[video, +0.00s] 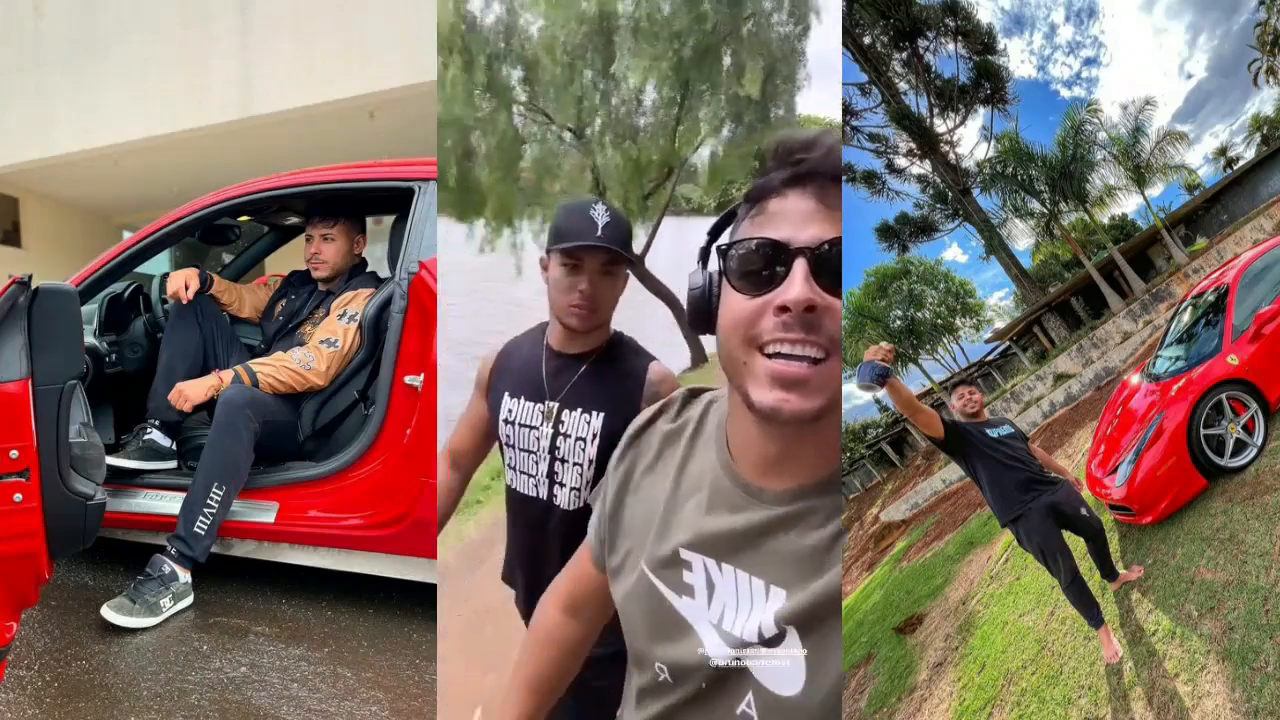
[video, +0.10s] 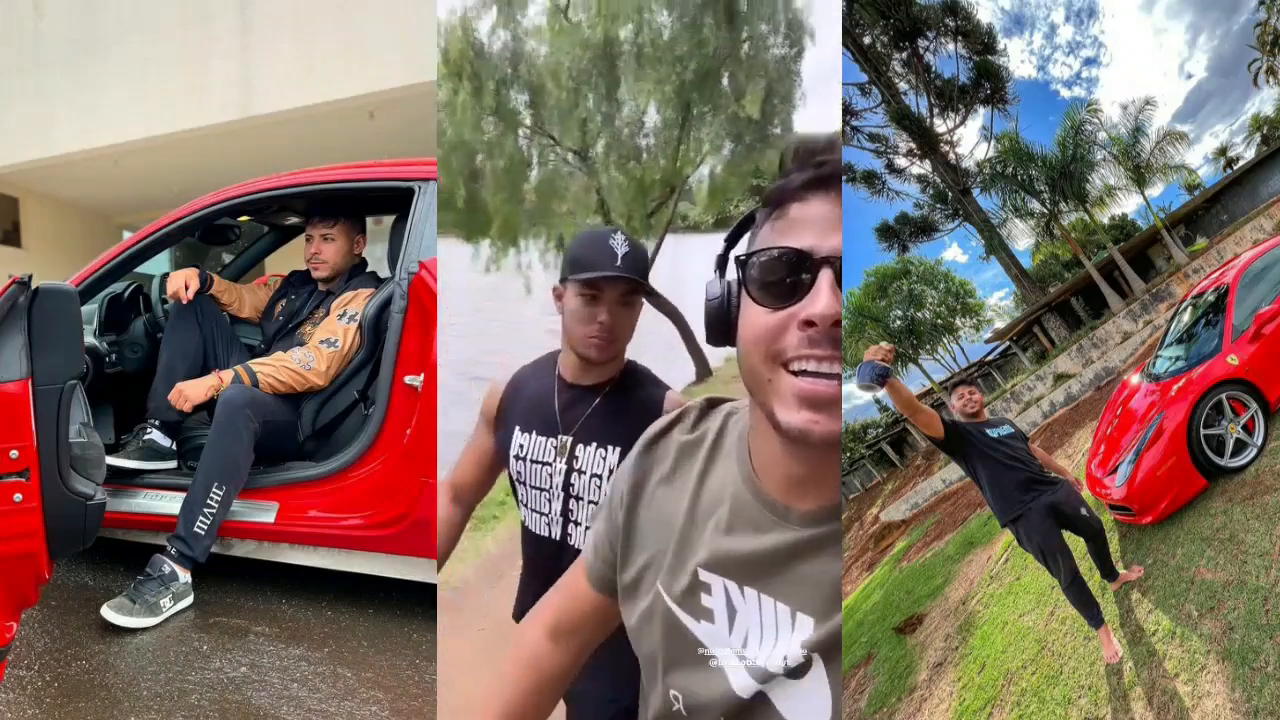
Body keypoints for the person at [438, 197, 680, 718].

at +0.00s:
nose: (586, 288)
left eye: (606, 272)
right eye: (572, 267)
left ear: (625, 280)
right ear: (545, 269)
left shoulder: (650, 384)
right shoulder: (509, 362)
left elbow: (664, 500)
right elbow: (455, 464)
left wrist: (649, 589)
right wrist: (410, 544)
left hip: (607, 602)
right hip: (531, 590)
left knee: (588, 708)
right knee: (549, 700)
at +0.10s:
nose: (605, 318)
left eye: (625, 301)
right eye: (589, 297)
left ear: (641, 310)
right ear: (559, 299)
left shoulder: (664, 416)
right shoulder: (517, 393)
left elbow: (682, 530)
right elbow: (455, 497)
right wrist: (407, 579)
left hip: (620, 621)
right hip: (538, 614)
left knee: (606, 712)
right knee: (522, 707)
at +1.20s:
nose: (615, 310)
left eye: (642, 285)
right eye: (595, 283)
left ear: (668, 284)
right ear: (560, 276)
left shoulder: (704, 419)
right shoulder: (520, 389)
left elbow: (717, 583)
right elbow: (438, 528)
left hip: (648, 704)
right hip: (537, 693)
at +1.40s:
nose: (610, 307)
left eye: (638, 284)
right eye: (590, 279)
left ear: (662, 284)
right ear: (557, 273)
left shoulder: (692, 422)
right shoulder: (518, 383)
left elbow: (702, 584)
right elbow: (460, 520)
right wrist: (403, 640)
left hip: (635, 705)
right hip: (523, 694)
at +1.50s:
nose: (600, 285)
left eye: (628, 262)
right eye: (582, 258)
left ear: (657, 262)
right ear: (551, 248)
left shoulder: (685, 397)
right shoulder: (520, 345)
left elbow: (682, 582)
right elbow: (471, 477)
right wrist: (437, 614)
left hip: (607, 701)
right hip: (505, 681)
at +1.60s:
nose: (590, 288)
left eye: (616, 265)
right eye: (570, 262)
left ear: (646, 264)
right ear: (543, 253)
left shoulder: (679, 385)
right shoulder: (518, 336)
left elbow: (692, 560)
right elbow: (477, 456)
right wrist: (444, 579)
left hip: (598, 675)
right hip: (503, 645)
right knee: (459, 701)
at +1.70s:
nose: (586, 313)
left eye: (610, 291)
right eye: (566, 289)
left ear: (639, 286)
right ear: (539, 278)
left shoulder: (672, 399)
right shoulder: (515, 355)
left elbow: (679, 581)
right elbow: (477, 472)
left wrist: (669, 700)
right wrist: (437, 588)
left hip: (598, 689)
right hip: (495, 662)